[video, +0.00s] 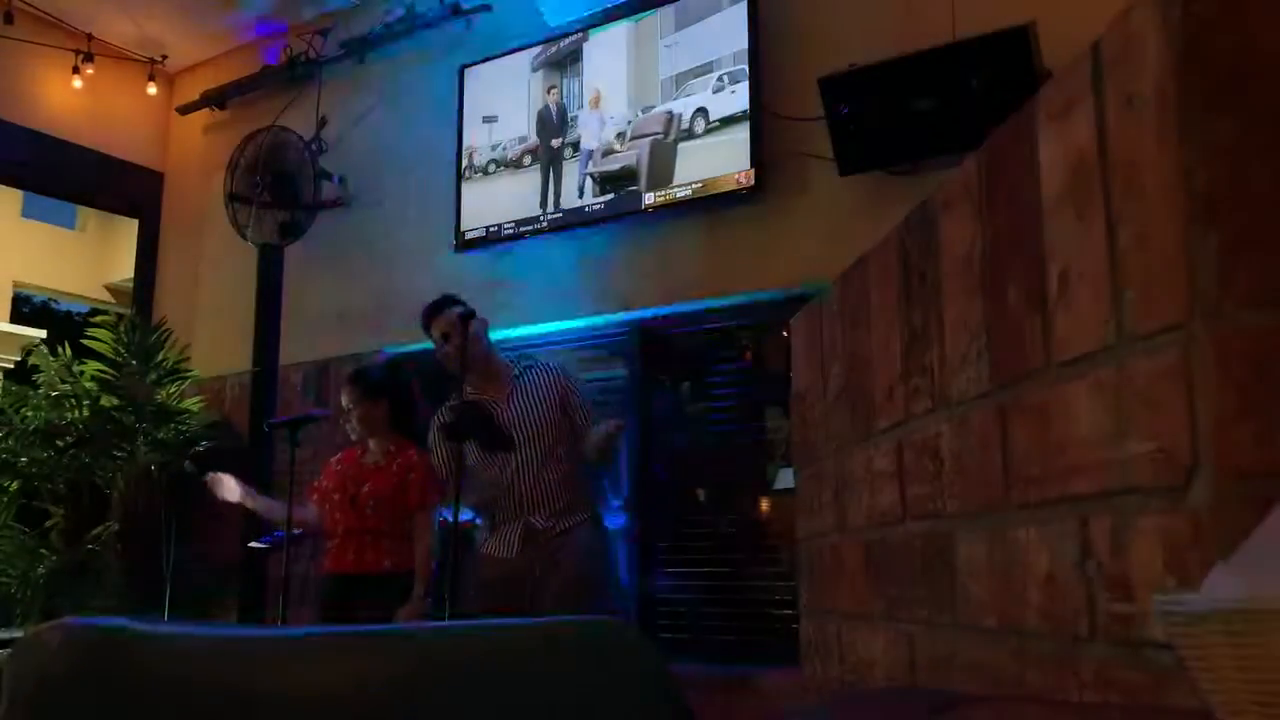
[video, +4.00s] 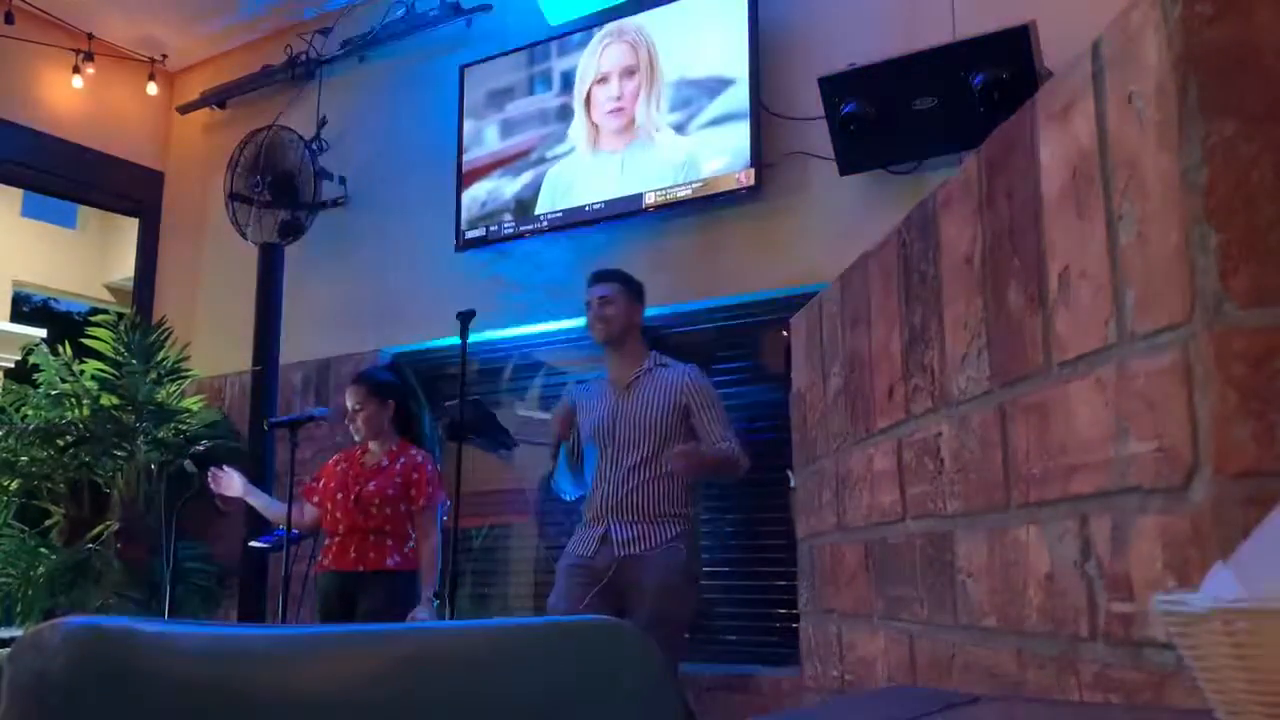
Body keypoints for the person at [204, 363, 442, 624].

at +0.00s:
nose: (345, 418)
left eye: (352, 409)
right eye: (343, 410)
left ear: (380, 406)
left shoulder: (414, 463)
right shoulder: (341, 464)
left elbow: (424, 534)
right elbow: (312, 517)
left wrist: (419, 598)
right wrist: (246, 496)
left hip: (390, 582)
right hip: (339, 582)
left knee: (389, 680)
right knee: (337, 680)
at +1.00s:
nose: (341, 415)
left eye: (349, 405)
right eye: (339, 407)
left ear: (379, 407)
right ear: (338, 409)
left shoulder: (411, 464)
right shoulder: (332, 461)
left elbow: (426, 535)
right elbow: (270, 484)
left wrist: (433, 599)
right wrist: (221, 458)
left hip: (389, 583)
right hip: (335, 584)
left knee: (385, 682)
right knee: (332, 680)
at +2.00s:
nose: (351, 413)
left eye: (361, 405)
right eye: (350, 405)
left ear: (391, 407)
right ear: (348, 406)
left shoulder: (415, 464)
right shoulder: (335, 461)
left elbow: (429, 537)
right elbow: (274, 495)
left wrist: (431, 602)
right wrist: (222, 463)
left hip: (386, 584)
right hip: (330, 583)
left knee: (376, 679)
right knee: (322, 675)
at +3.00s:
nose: (352, 414)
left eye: (361, 405)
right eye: (352, 406)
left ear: (391, 406)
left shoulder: (415, 463)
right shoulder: (349, 459)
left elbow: (421, 541)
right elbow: (308, 513)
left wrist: (409, 604)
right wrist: (246, 491)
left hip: (384, 586)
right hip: (335, 583)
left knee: (374, 680)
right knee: (324, 676)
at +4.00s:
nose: (349, 419)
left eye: (358, 410)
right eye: (348, 412)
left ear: (388, 408)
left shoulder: (417, 464)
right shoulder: (340, 464)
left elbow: (428, 536)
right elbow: (302, 517)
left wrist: (427, 601)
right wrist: (246, 491)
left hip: (389, 582)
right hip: (335, 582)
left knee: (383, 680)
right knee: (333, 679)